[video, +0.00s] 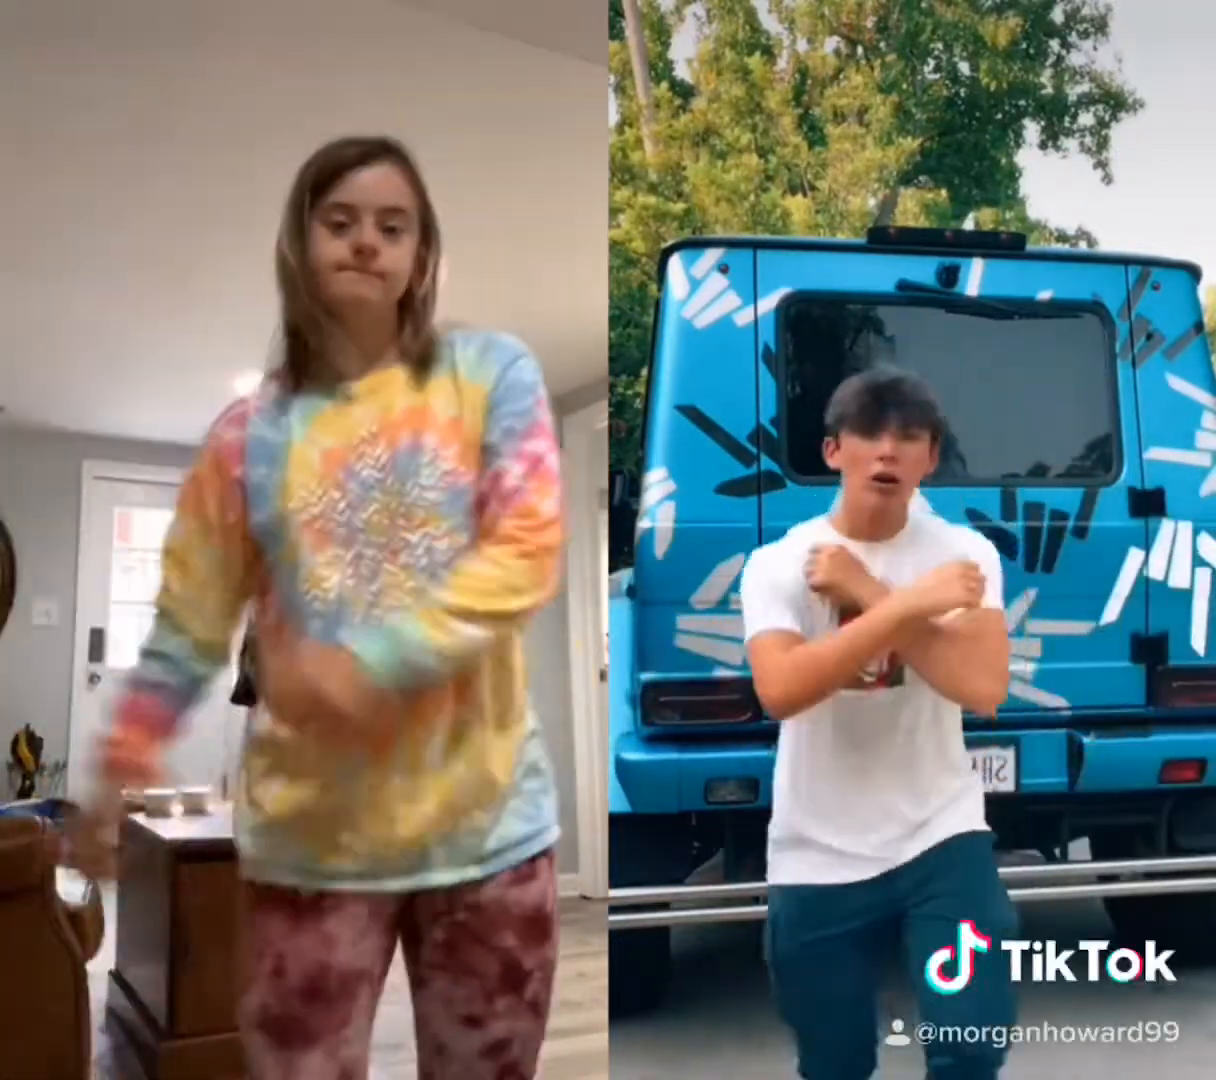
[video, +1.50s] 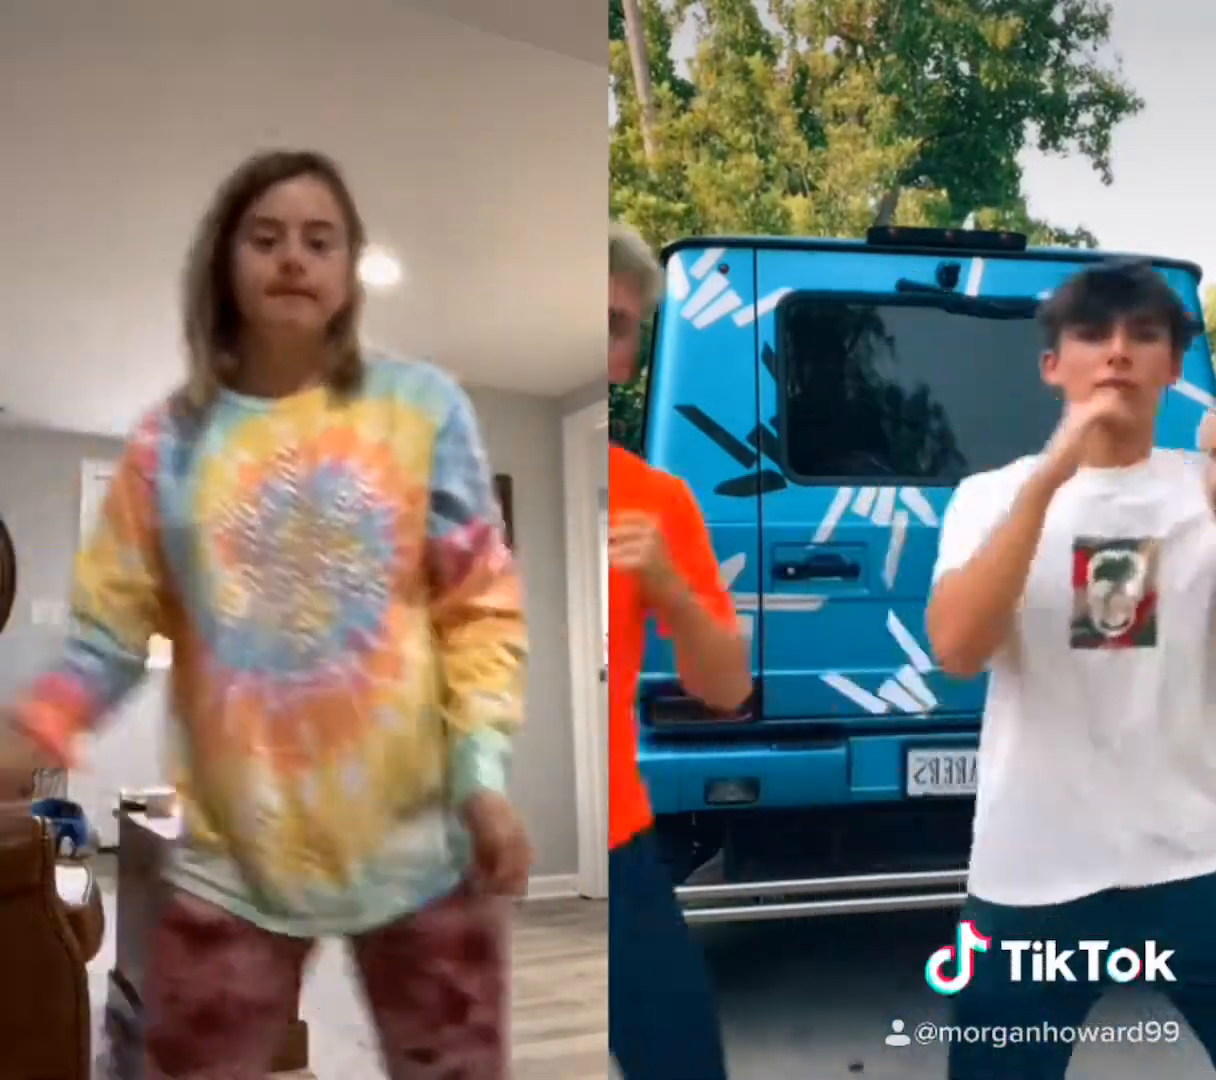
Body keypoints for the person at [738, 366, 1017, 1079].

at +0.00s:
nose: (889, 452)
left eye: (909, 437)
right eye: (871, 435)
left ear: (932, 458)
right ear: (834, 452)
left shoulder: (965, 553)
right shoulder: (780, 563)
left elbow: (985, 685)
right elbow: (780, 687)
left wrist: (870, 594)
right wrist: (912, 605)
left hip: (942, 835)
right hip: (817, 854)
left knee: (972, 1050)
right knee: (833, 1064)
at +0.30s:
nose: (926, 470)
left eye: (946, 451)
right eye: (905, 453)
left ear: (977, 470)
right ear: (873, 477)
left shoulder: (1016, 589)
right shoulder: (815, 592)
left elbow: (1051, 749)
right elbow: (811, 755)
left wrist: (1001, 718)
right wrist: (884, 764)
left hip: (980, 879)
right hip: (850, 893)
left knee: (980, 1068)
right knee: (858, 1068)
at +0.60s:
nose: (919, 434)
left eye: (941, 414)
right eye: (897, 414)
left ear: (974, 437)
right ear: (860, 439)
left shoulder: (1019, 565)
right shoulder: (797, 573)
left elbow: (1076, 760)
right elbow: (787, 770)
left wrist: (1002, 652)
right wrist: (886, 648)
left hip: (987, 896)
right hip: (847, 903)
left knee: (983, 1069)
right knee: (876, 1067)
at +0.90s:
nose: (890, 388)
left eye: (913, 366)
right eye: (868, 369)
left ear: (953, 387)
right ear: (836, 395)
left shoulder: (1020, 509)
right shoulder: (798, 532)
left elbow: (1056, 688)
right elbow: (798, 748)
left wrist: (932, 545)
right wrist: (783, 576)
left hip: (1010, 890)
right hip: (857, 900)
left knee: (1017, 1065)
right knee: (866, 1064)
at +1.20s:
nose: (890, 476)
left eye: (915, 454)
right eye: (867, 459)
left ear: (954, 481)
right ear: (839, 492)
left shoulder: (1044, 578)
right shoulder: (830, 659)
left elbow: (1096, 763)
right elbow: (876, 861)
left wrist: (914, 710)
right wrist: (775, 803)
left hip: (1089, 950)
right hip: (928, 964)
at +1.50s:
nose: (1117, 354)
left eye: (1142, 335)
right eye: (1092, 334)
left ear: (1173, 365)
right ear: (1053, 366)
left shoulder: (1203, 490)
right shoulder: (991, 497)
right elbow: (957, 648)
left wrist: (1215, 482)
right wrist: (1047, 480)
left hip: (1194, 872)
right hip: (1034, 881)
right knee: (992, 1066)